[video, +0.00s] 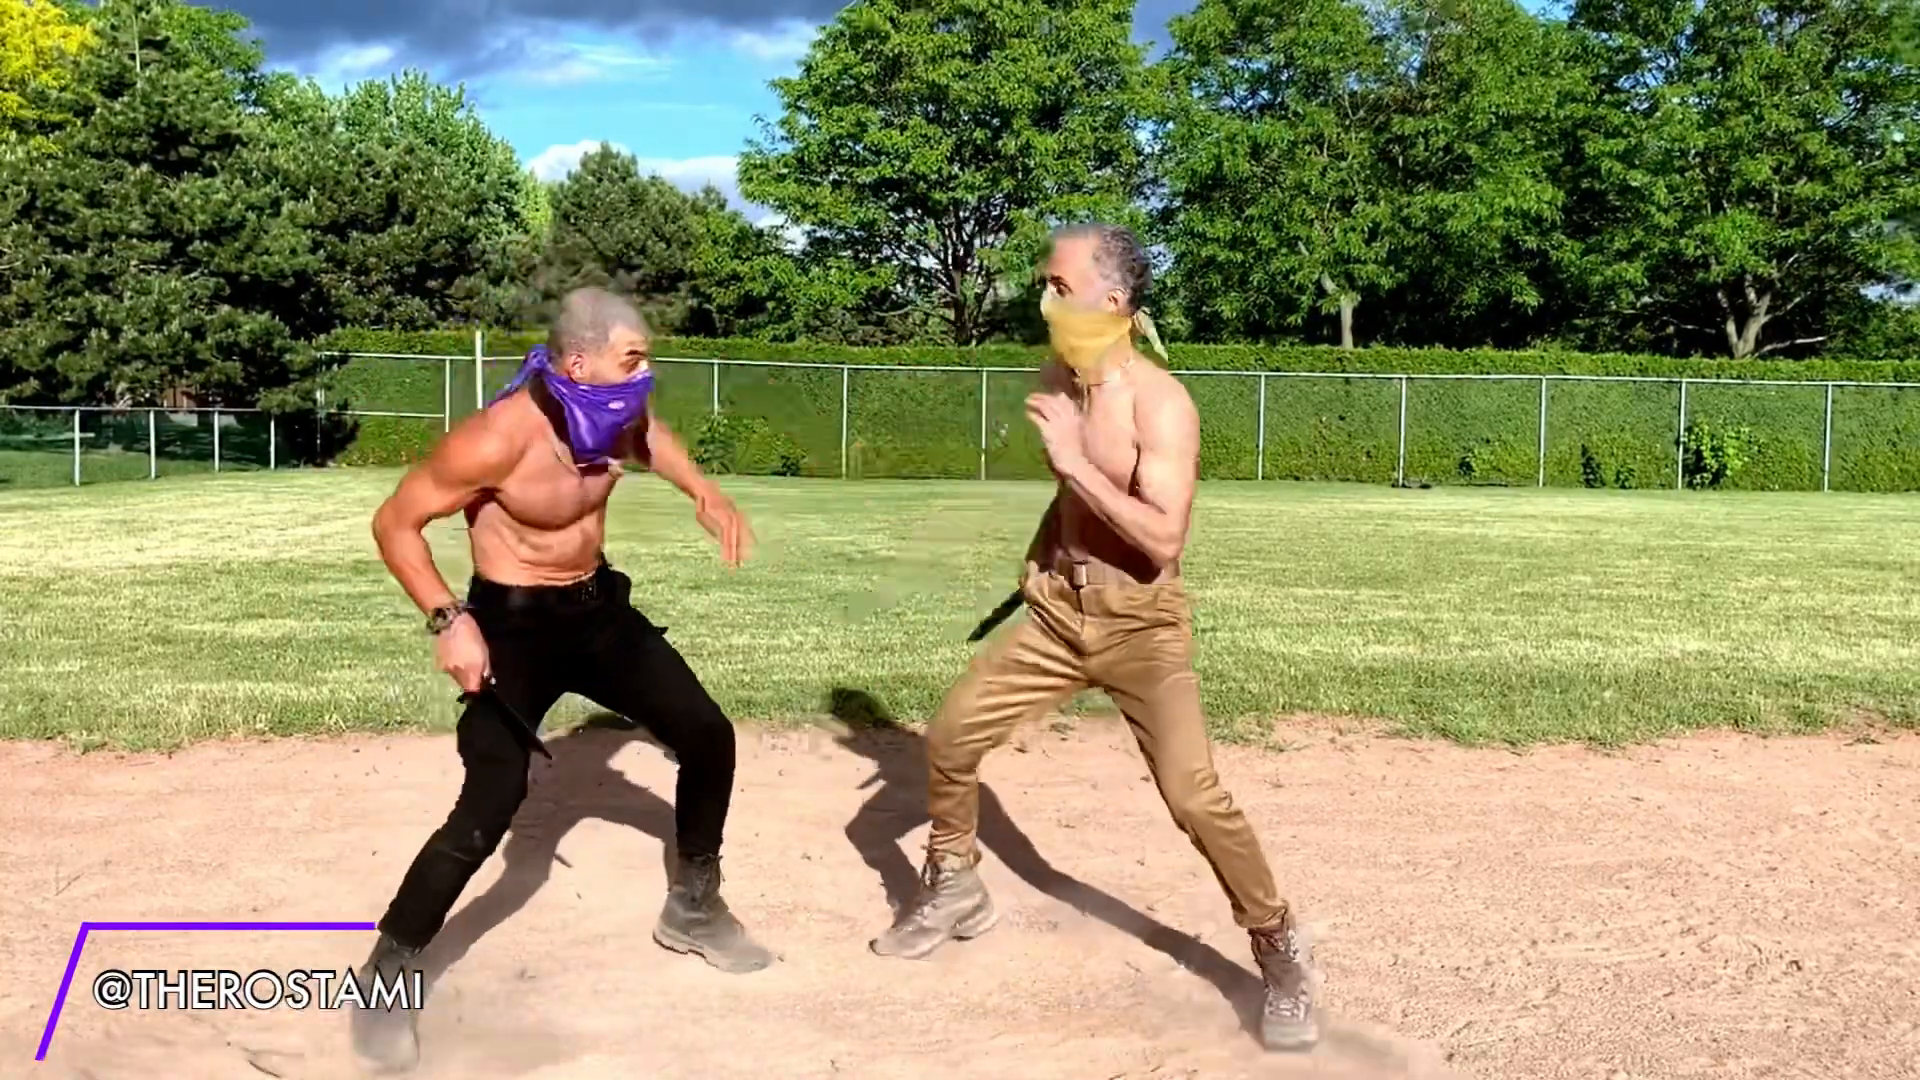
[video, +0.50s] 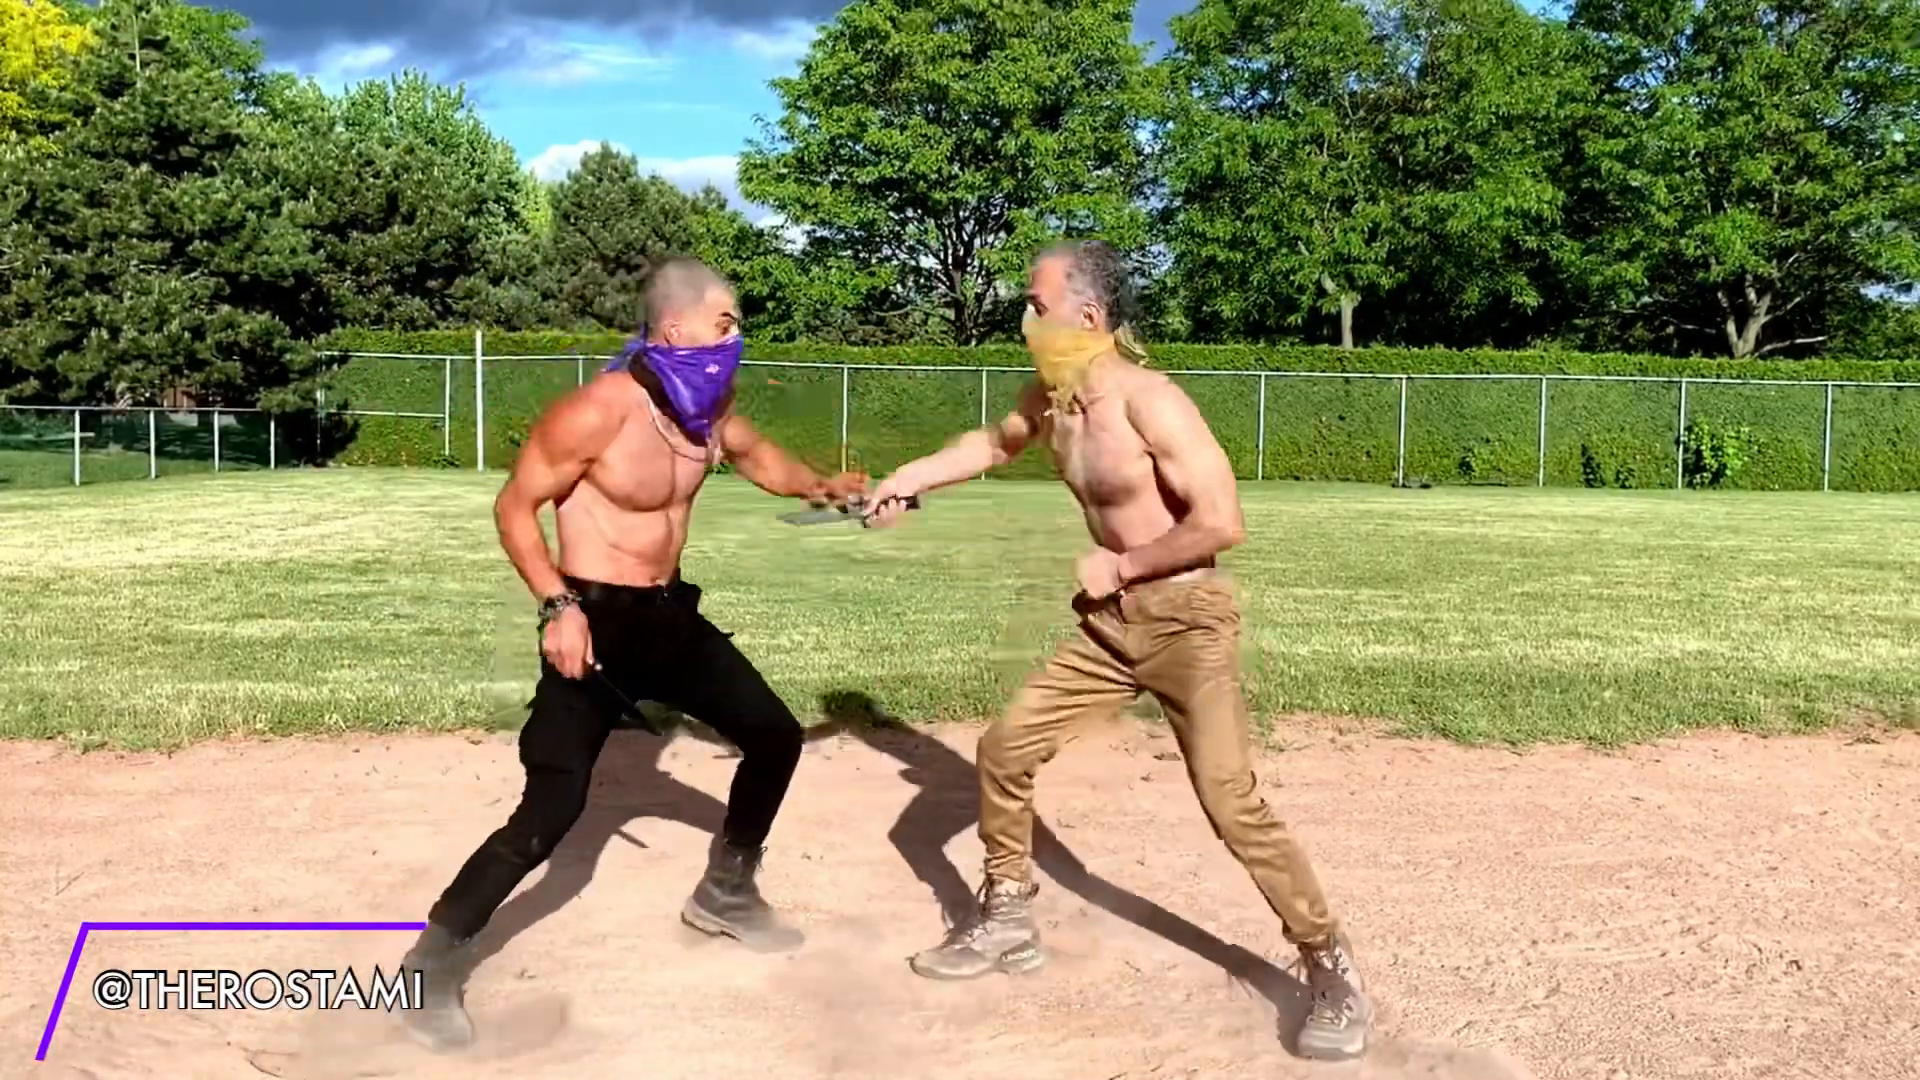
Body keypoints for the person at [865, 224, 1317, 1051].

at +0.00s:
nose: (1045, 302)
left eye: (1059, 288)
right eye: (1045, 287)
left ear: (1112, 297)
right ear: (1084, 294)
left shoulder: (1164, 403)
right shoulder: (1067, 389)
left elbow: (1165, 537)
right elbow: (1073, 495)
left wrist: (1073, 467)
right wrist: (1040, 563)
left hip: (1144, 626)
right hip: (1057, 611)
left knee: (1192, 796)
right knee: (951, 738)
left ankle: (1280, 952)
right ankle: (955, 885)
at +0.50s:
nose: (1027, 320)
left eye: (1038, 306)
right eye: (1027, 306)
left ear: (1090, 310)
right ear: (1070, 312)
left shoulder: (1150, 398)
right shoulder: (1050, 400)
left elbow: (1221, 523)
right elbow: (993, 443)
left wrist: (1122, 563)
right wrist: (910, 477)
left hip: (1189, 618)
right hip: (1109, 621)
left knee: (1229, 799)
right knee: (1005, 750)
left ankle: (1329, 968)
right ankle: (1006, 918)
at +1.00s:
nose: (1054, 276)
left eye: (1070, 267)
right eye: (1058, 263)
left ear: (1116, 290)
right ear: (1083, 284)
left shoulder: (1147, 386)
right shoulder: (1034, 350)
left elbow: (1173, 517)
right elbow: (942, 356)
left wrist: (1058, 510)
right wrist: (852, 390)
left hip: (1129, 600)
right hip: (1049, 595)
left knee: (1188, 764)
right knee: (958, 747)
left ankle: (1298, 936)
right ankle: (978, 905)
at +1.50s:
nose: (1060, 325)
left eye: (1071, 308)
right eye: (1057, 310)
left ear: (1125, 307)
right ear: (1090, 313)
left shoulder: (1197, 385)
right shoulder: (1110, 403)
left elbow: (1185, 511)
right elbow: (1129, 512)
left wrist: (1093, 436)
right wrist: (1082, 574)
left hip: (1214, 612)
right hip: (1132, 607)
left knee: (1258, 797)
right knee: (1033, 755)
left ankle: (1330, 951)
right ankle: (1017, 911)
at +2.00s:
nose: (1045, 322)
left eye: (1058, 308)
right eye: (1044, 309)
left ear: (1111, 309)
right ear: (1078, 316)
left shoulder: (1153, 389)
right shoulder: (1099, 410)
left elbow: (1094, 432)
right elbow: (1088, 506)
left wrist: (1025, 366)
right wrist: (1020, 557)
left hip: (1191, 630)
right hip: (1119, 628)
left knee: (1245, 815)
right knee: (1009, 756)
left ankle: (1344, 948)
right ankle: (984, 913)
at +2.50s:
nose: (1112, 309)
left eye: (1122, 293)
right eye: (1111, 296)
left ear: (1170, 293)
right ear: (1144, 297)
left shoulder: (1232, 382)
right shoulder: (1141, 392)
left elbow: (1209, 470)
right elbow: (1142, 483)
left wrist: (1153, 362)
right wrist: (1062, 511)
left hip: (1236, 613)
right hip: (1162, 609)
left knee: (1249, 802)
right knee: (1052, 750)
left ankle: (1339, 962)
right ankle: (1025, 912)